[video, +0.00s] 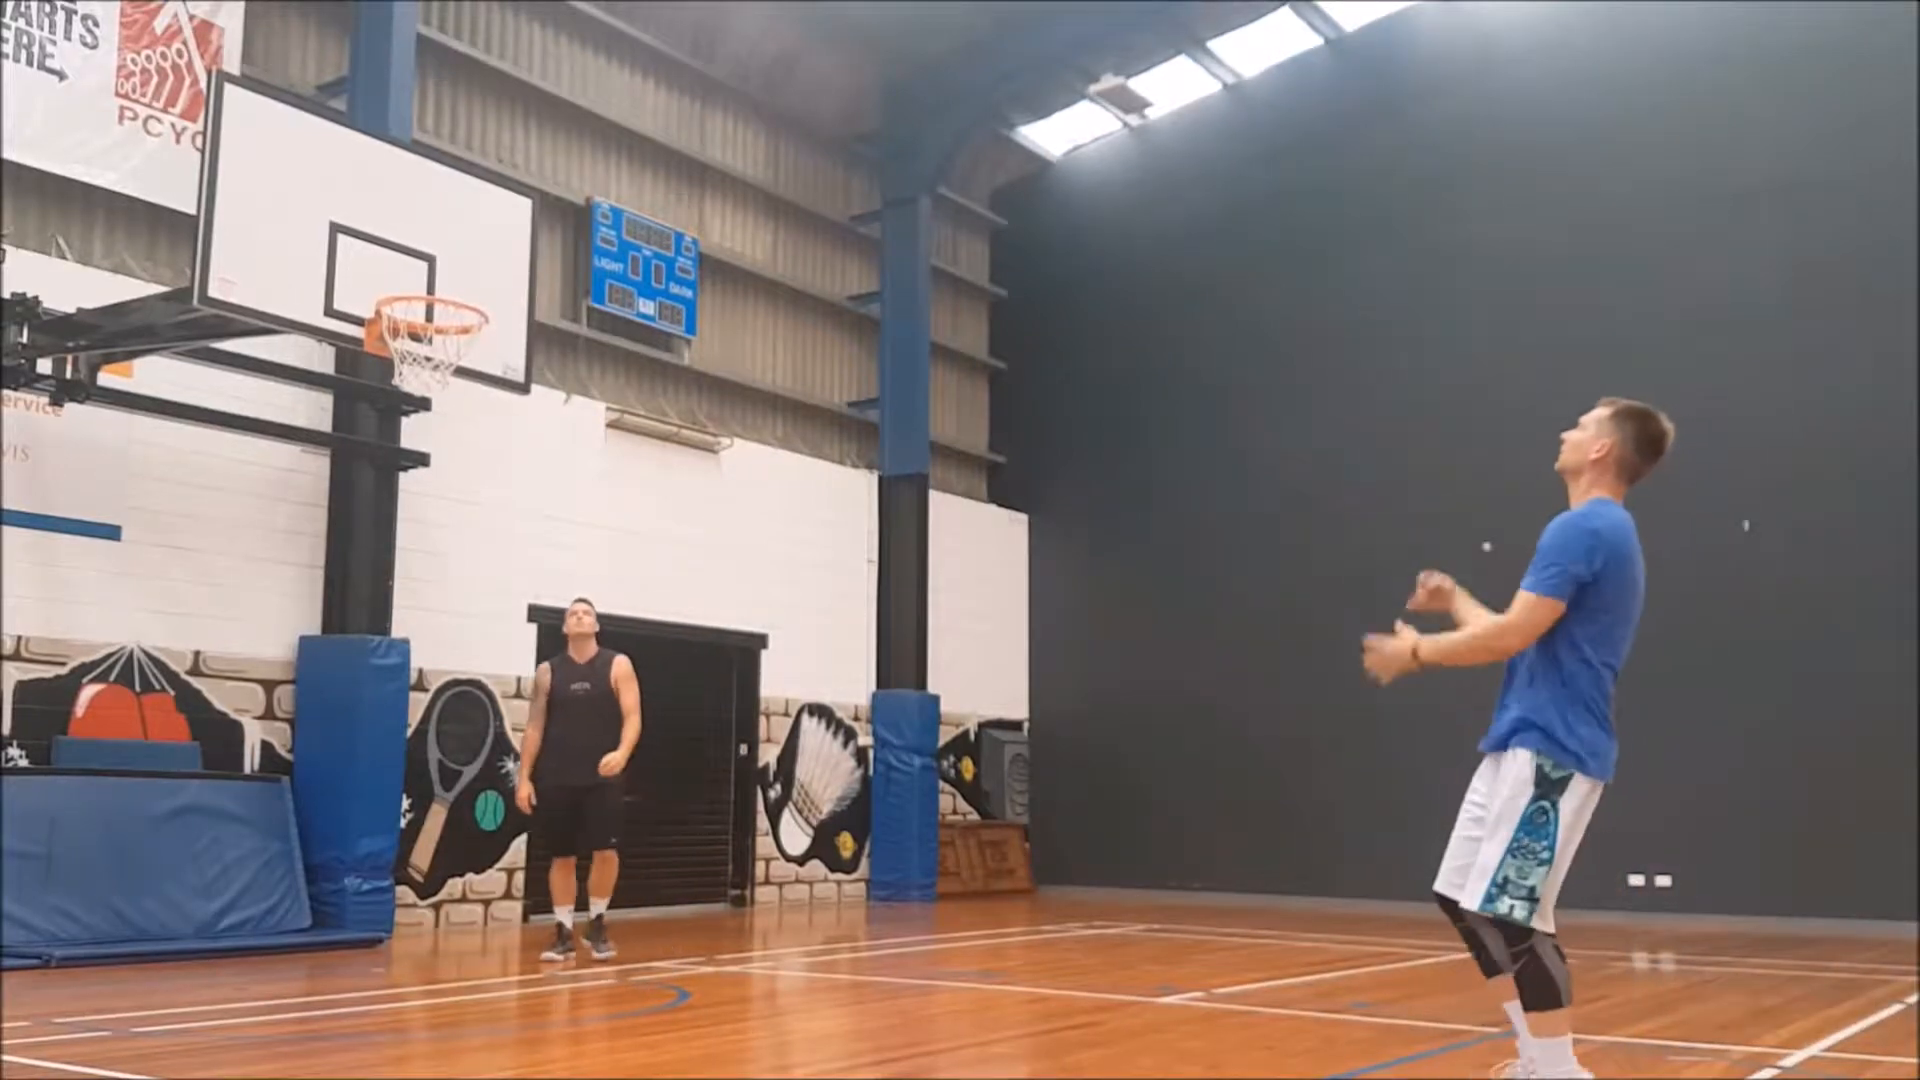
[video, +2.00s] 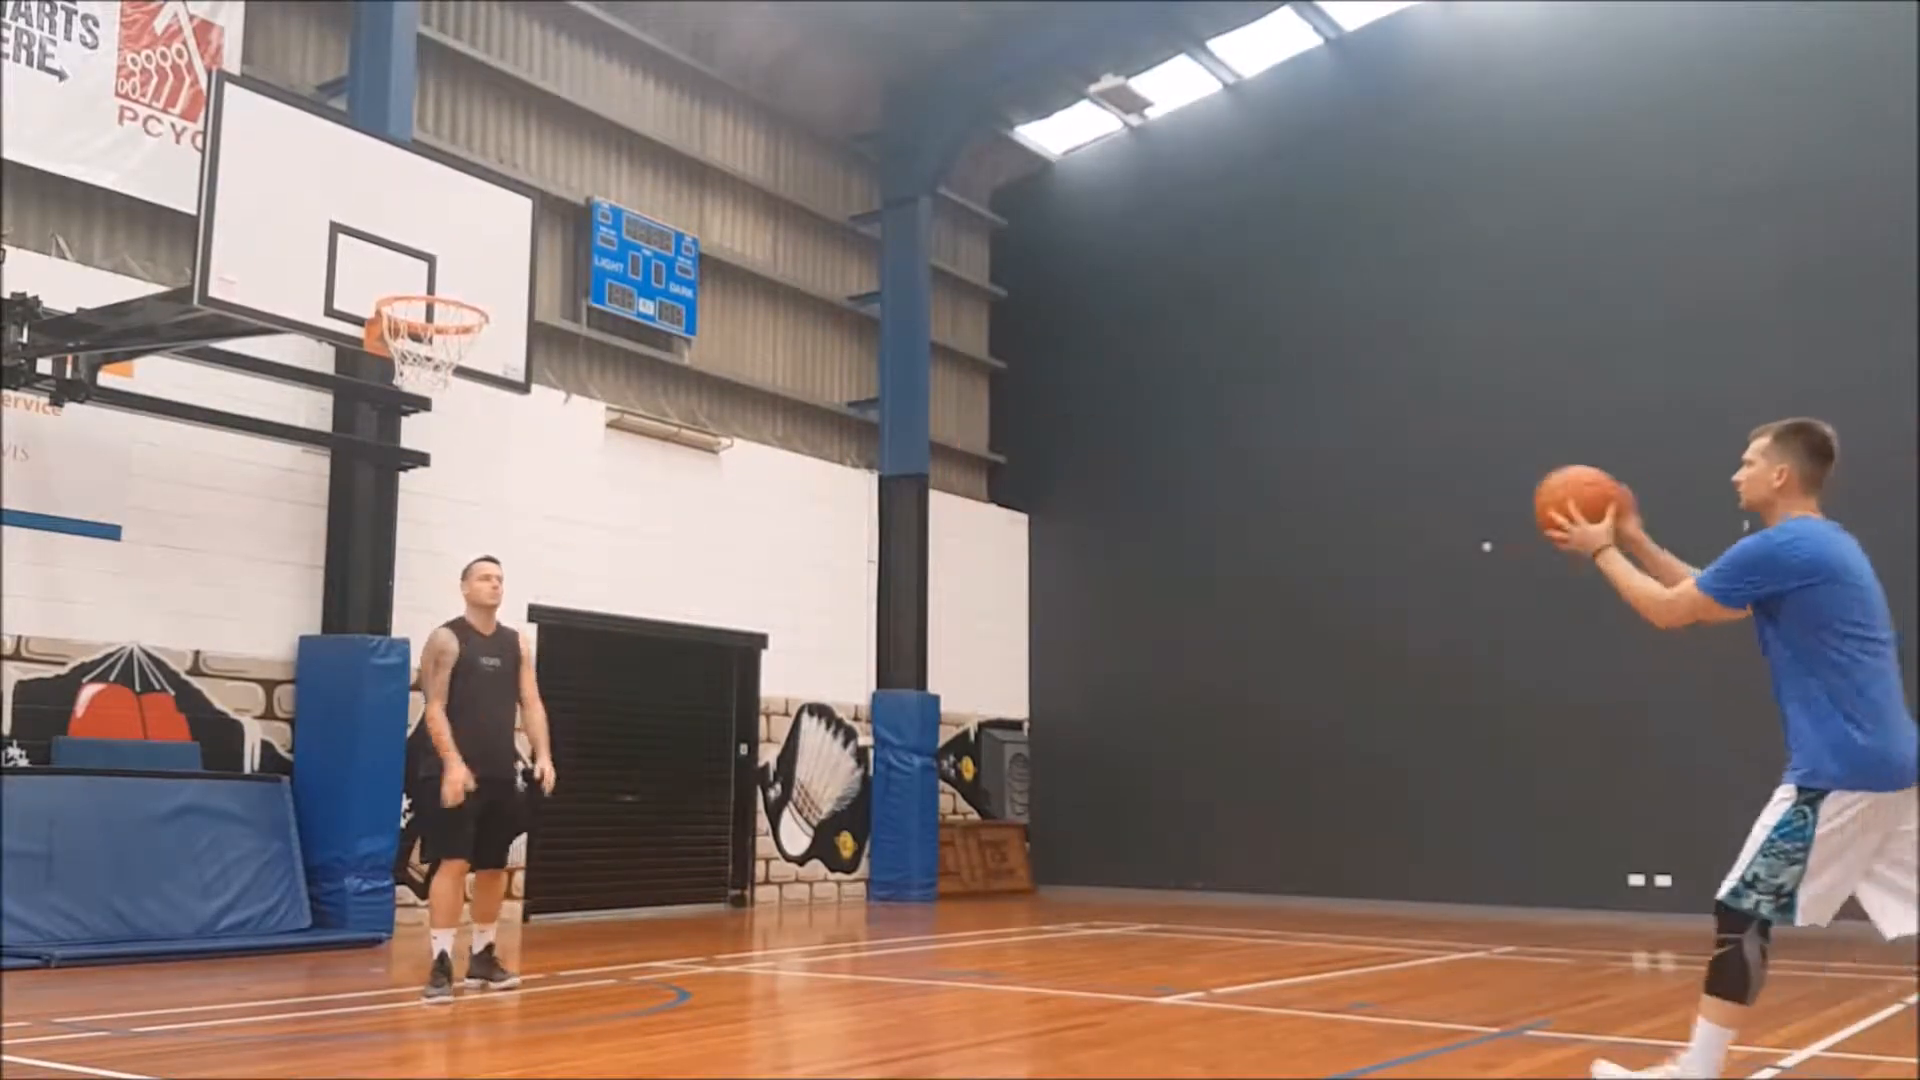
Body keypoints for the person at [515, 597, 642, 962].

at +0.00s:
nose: (579, 616)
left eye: (586, 613)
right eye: (573, 614)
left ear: (597, 625)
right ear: (564, 627)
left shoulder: (617, 665)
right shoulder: (547, 671)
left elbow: (632, 716)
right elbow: (534, 727)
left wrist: (622, 753)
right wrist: (524, 777)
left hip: (602, 777)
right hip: (557, 778)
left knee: (605, 850)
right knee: (562, 855)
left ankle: (598, 926)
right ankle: (564, 934)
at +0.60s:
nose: (550, 600)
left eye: (560, 596)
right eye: (546, 596)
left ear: (575, 612)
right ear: (539, 610)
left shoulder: (594, 659)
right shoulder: (518, 658)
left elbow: (614, 720)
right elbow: (500, 713)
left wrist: (614, 774)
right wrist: (478, 763)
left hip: (573, 774)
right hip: (523, 772)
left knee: (558, 855)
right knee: (517, 857)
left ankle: (553, 942)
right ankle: (546, 911)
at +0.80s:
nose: (537, 592)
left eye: (547, 588)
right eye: (533, 589)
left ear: (564, 605)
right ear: (526, 605)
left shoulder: (579, 649)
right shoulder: (507, 652)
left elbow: (595, 708)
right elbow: (479, 701)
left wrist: (564, 734)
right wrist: (439, 713)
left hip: (558, 772)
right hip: (511, 769)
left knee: (554, 859)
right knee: (494, 850)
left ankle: (550, 944)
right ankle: (493, 946)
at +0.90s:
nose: (526, 597)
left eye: (537, 593)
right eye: (523, 593)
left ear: (555, 609)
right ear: (517, 607)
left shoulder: (568, 652)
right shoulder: (499, 655)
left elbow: (572, 704)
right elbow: (459, 702)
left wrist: (527, 702)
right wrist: (427, 689)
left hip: (551, 778)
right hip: (503, 776)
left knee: (552, 866)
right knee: (488, 856)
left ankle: (551, 946)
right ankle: (461, 950)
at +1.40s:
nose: (483, 617)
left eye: (489, 608)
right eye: (474, 609)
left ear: (503, 612)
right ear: (460, 615)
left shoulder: (519, 658)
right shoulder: (444, 661)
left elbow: (518, 710)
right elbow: (453, 711)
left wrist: (499, 678)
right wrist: (483, 671)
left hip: (504, 777)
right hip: (449, 776)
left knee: (515, 872)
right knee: (453, 858)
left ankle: (508, 944)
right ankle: (448, 965)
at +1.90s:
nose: (490, 581)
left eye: (494, 575)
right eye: (480, 575)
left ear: (500, 586)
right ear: (459, 585)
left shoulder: (512, 639)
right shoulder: (444, 635)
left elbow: (526, 692)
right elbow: (448, 703)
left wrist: (535, 725)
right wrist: (510, 718)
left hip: (496, 769)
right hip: (447, 769)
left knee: (495, 862)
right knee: (452, 861)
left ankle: (484, 955)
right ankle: (441, 965)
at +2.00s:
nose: (494, 585)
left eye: (499, 579)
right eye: (485, 578)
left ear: (504, 590)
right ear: (464, 588)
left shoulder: (516, 643)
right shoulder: (445, 640)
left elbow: (531, 704)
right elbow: (434, 710)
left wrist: (543, 755)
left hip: (500, 769)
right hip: (451, 768)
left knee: (494, 863)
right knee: (454, 861)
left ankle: (484, 956)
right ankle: (442, 963)